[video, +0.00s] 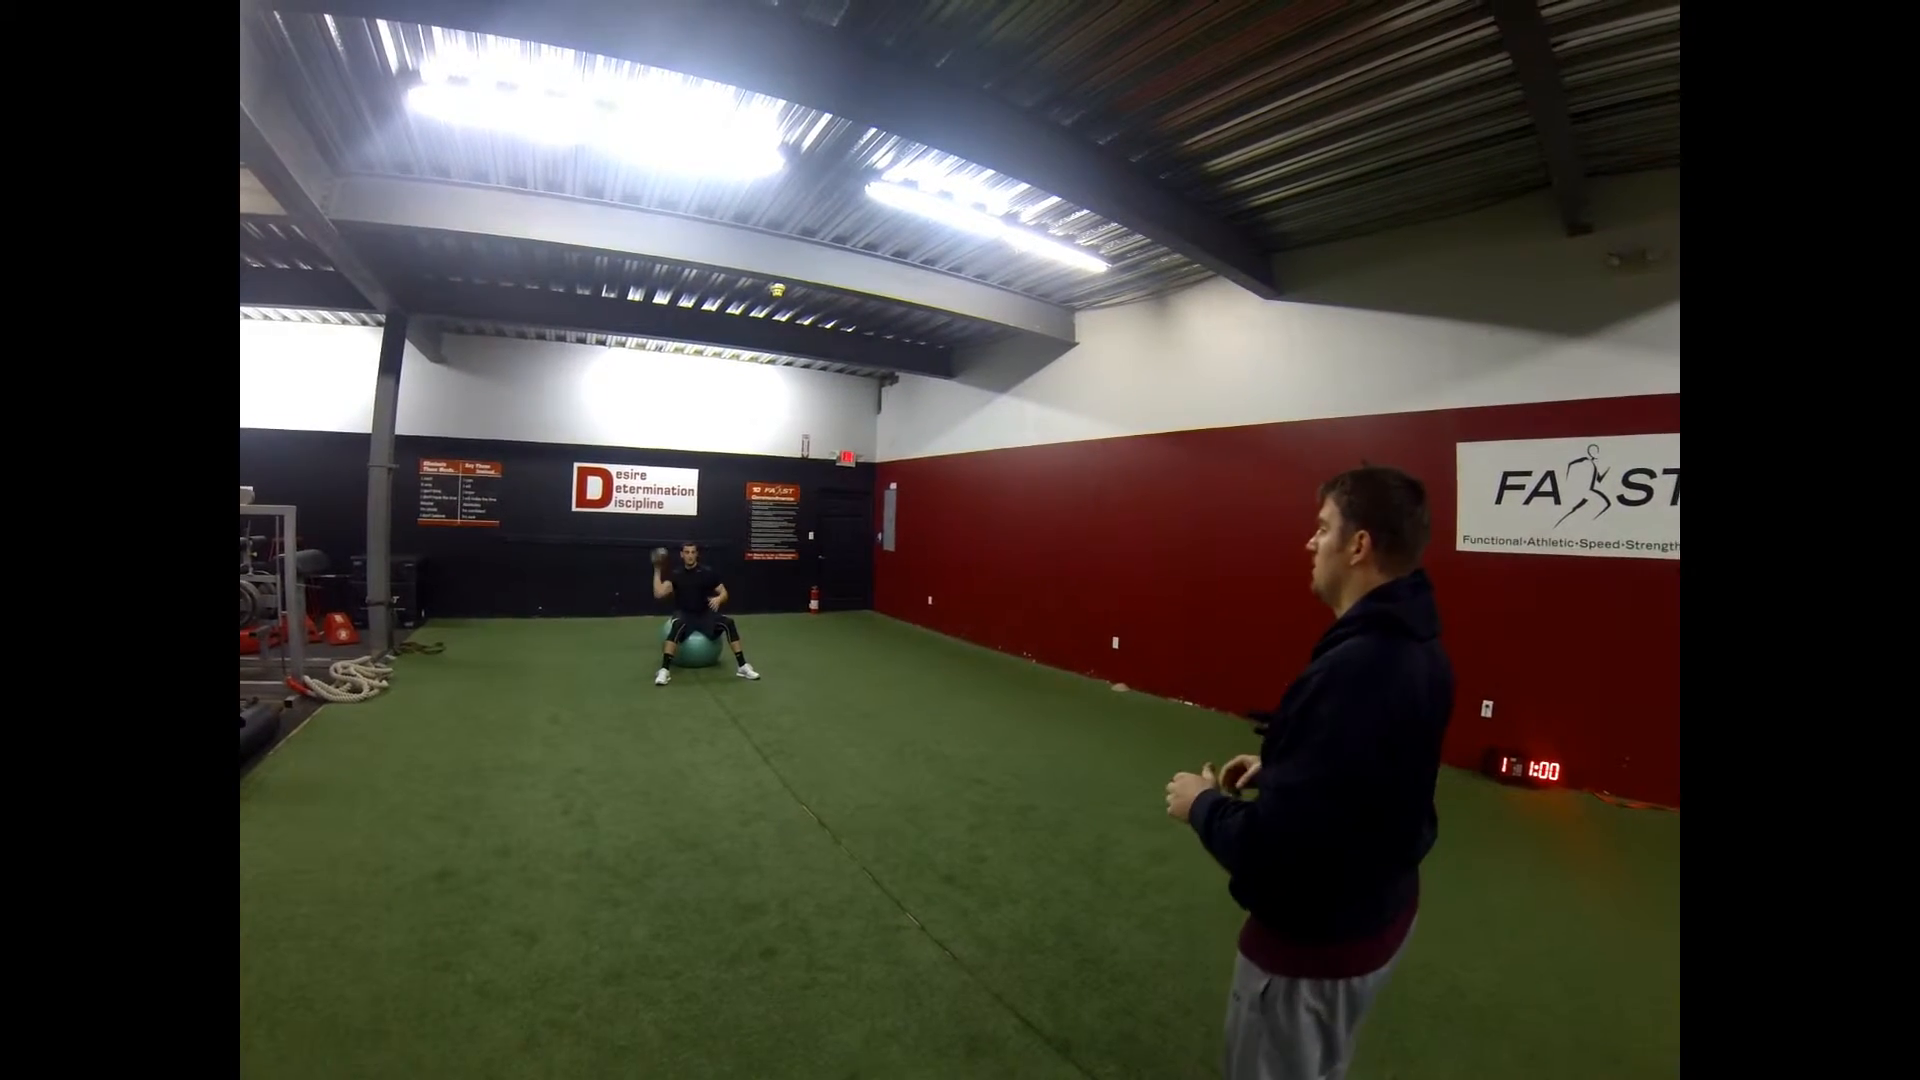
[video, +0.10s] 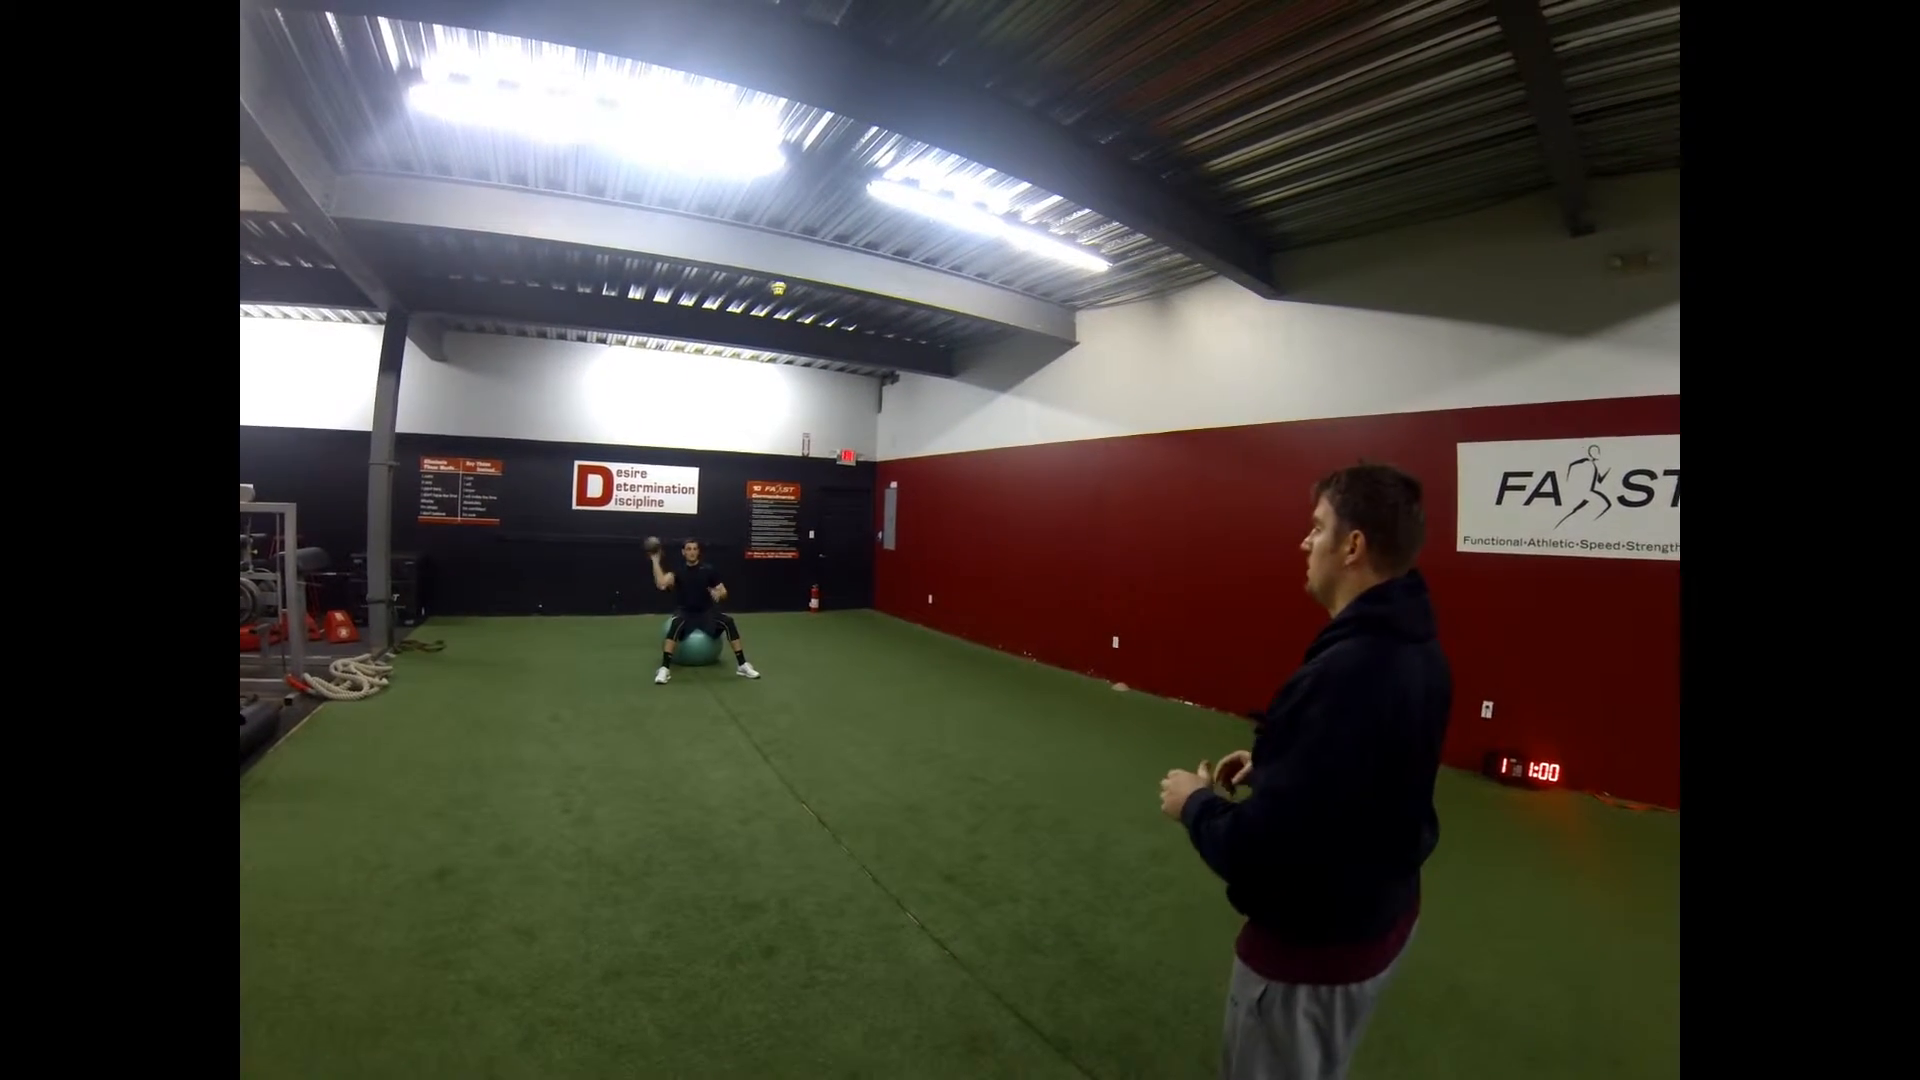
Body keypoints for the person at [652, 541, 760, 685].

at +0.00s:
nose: (690, 555)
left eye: (693, 552)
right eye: (687, 552)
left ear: (697, 554)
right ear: (682, 554)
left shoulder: (707, 572)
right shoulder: (677, 574)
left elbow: (724, 593)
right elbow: (659, 593)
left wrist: (718, 599)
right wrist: (657, 569)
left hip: (705, 615)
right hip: (684, 616)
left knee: (728, 623)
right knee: (677, 625)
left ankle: (742, 666)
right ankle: (664, 670)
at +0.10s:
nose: (691, 552)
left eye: (694, 549)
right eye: (688, 549)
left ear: (699, 552)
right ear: (683, 552)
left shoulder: (708, 570)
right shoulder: (678, 571)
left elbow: (723, 591)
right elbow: (661, 583)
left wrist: (718, 594)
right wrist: (655, 560)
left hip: (706, 613)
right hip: (685, 613)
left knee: (728, 622)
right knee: (676, 623)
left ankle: (742, 664)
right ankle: (664, 668)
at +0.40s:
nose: (694, 543)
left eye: (697, 540)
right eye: (691, 540)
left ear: (702, 543)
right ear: (687, 543)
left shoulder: (711, 564)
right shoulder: (679, 563)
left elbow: (718, 589)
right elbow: (675, 584)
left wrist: (705, 589)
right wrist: (696, 579)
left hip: (708, 607)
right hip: (686, 606)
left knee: (730, 616)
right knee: (677, 617)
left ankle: (744, 660)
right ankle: (666, 663)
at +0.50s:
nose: (695, 547)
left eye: (698, 544)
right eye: (692, 544)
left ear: (702, 547)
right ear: (687, 546)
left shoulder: (710, 568)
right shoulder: (679, 568)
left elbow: (717, 593)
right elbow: (673, 595)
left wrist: (708, 599)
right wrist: (691, 594)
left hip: (707, 608)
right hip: (686, 609)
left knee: (729, 617)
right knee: (676, 618)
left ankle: (743, 660)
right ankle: (664, 663)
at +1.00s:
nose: (689, 556)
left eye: (692, 553)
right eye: (686, 552)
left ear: (695, 556)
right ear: (680, 554)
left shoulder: (701, 574)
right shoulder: (670, 574)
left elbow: (708, 597)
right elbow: (659, 599)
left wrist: (703, 605)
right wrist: (674, 607)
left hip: (696, 615)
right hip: (676, 615)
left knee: (720, 624)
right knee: (667, 625)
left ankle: (737, 666)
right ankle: (658, 669)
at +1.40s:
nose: (689, 559)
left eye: (692, 556)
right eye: (686, 555)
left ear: (695, 559)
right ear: (680, 558)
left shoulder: (702, 577)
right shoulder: (671, 578)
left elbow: (710, 600)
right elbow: (661, 602)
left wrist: (704, 610)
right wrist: (675, 610)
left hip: (698, 618)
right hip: (679, 619)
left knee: (720, 627)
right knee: (668, 630)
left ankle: (737, 669)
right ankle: (658, 673)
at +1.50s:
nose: (690, 561)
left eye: (693, 558)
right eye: (687, 558)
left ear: (696, 561)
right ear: (681, 560)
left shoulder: (703, 580)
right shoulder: (671, 581)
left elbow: (710, 603)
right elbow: (662, 604)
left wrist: (705, 613)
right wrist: (678, 613)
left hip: (699, 621)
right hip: (679, 622)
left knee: (721, 629)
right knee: (668, 631)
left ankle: (737, 671)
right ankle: (659, 675)